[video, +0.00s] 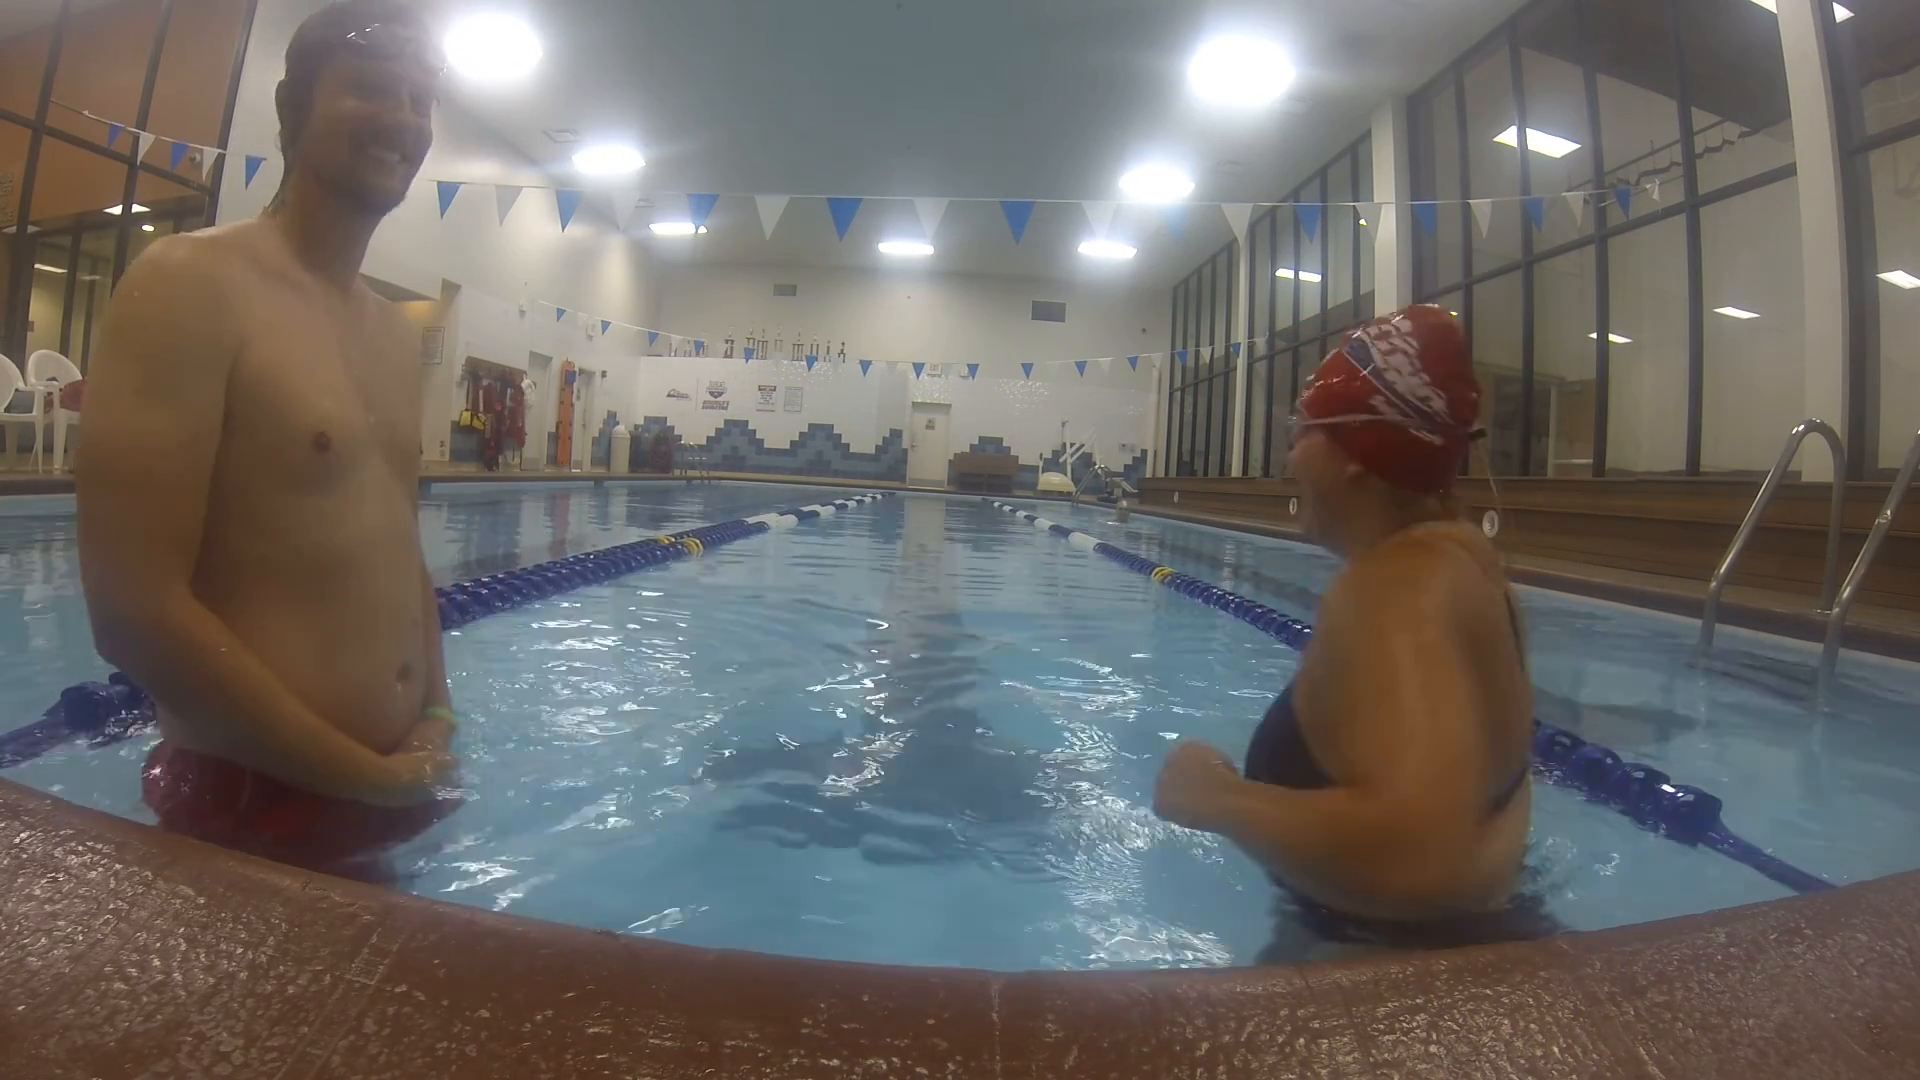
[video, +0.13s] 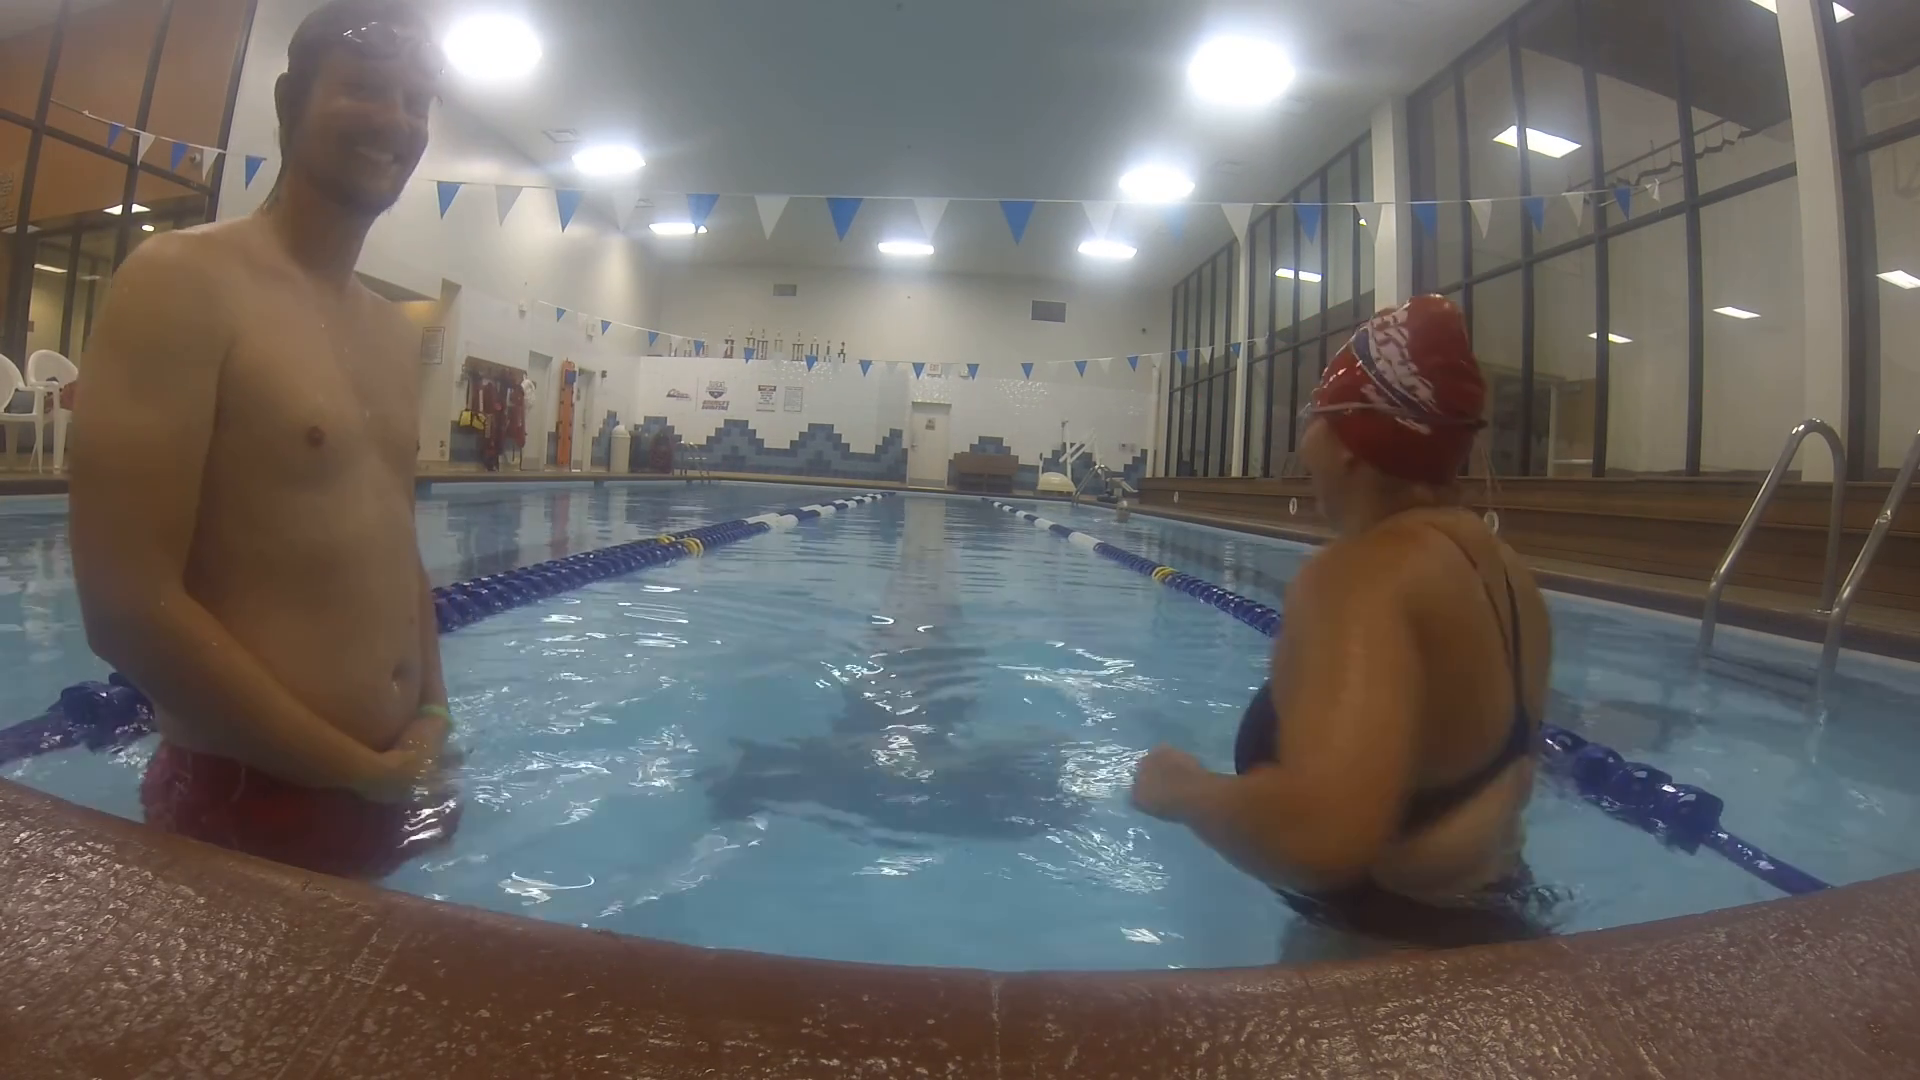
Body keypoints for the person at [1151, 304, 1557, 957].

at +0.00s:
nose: (1290, 456)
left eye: (1304, 431)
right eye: (1298, 431)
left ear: (1360, 453)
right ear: (1369, 454)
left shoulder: (1399, 587)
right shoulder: (1458, 561)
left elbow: (1423, 852)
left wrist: (1224, 801)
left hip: (1372, 967)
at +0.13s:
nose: (1302, 445)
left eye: (1314, 420)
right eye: (1311, 420)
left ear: (1354, 443)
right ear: (1439, 447)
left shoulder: (1359, 581)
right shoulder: (1503, 566)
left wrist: (1189, 792)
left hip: (1372, 950)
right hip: (1489, 935)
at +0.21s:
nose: (1306, 438)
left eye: (1317, 414)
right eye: (1315, 414)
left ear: (1351, 435)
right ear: (1445, 445)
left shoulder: (1338, 568)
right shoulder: (1515, 569)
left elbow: (1285, 806)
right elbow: (1536, 753)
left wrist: (1169, 797)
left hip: (1373, 947)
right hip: (1504, 927)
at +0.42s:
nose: (1302, 434)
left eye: (1308, 414)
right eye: (1311, 413)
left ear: (1320, 428)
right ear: (1434, 440)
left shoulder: (1293, 547)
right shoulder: (1506, 565)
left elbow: (1213, 761)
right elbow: (1535, 761)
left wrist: (1121, 832)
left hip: (1336, 948)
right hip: (1501, 938)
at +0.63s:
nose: (1283, 415)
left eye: (1288, 398)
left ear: (1300, 411)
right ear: (1406, 416)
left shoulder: (1247, 516)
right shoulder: (1483, 531)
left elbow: (1151, 711)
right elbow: (1521, 759)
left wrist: (1131, 819)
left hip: (1299, 911)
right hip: (1475, 904)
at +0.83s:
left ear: (1245, 439)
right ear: (1352, 442)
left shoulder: (1192, 529)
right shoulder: (1438, 542)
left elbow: (1087, 738)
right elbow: (1468, 749)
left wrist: (1122, 796)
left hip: (1258, 916)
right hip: (1436, 906)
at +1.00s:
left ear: (1206, 531)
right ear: (1301, 534)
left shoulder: (1149, 621)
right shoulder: (1382, 622)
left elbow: (1074, 766)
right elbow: (1412, 749)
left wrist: (1124, 834)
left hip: (1229, 927)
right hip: (1388, 921)